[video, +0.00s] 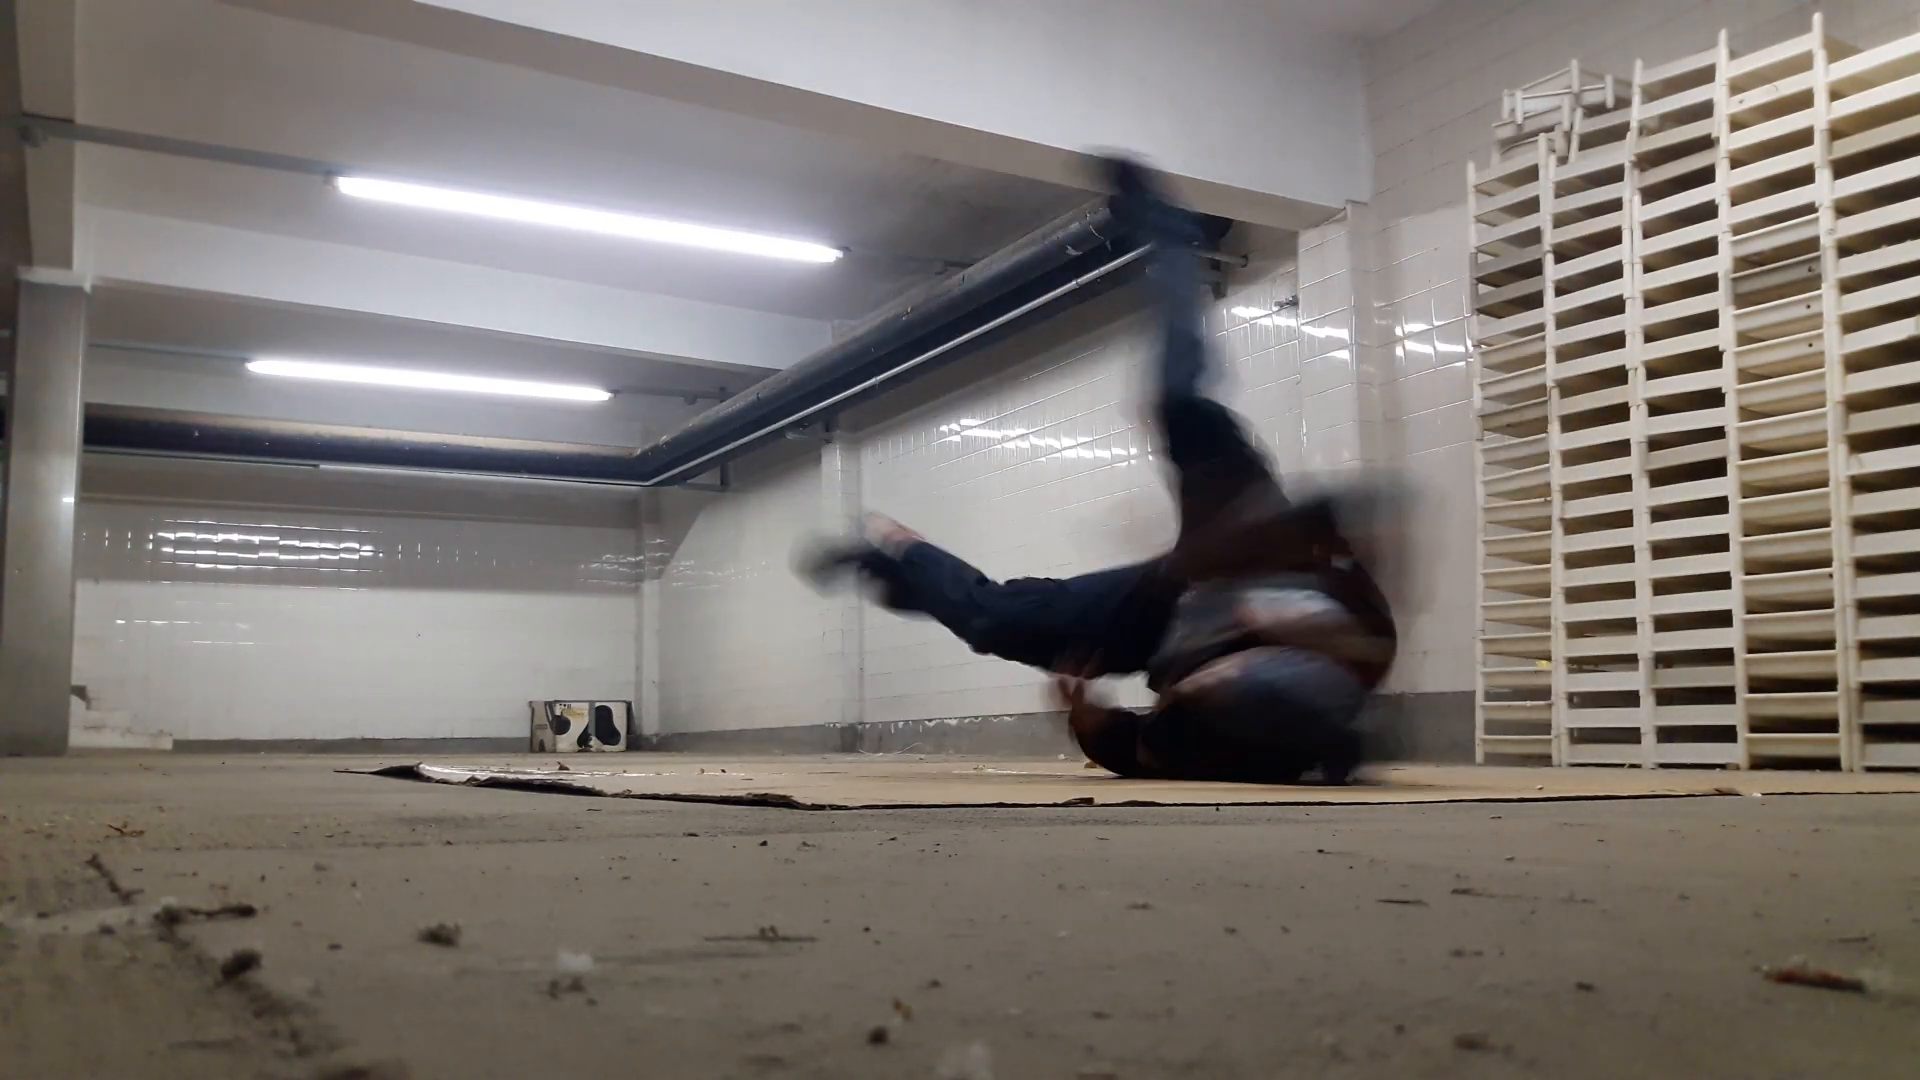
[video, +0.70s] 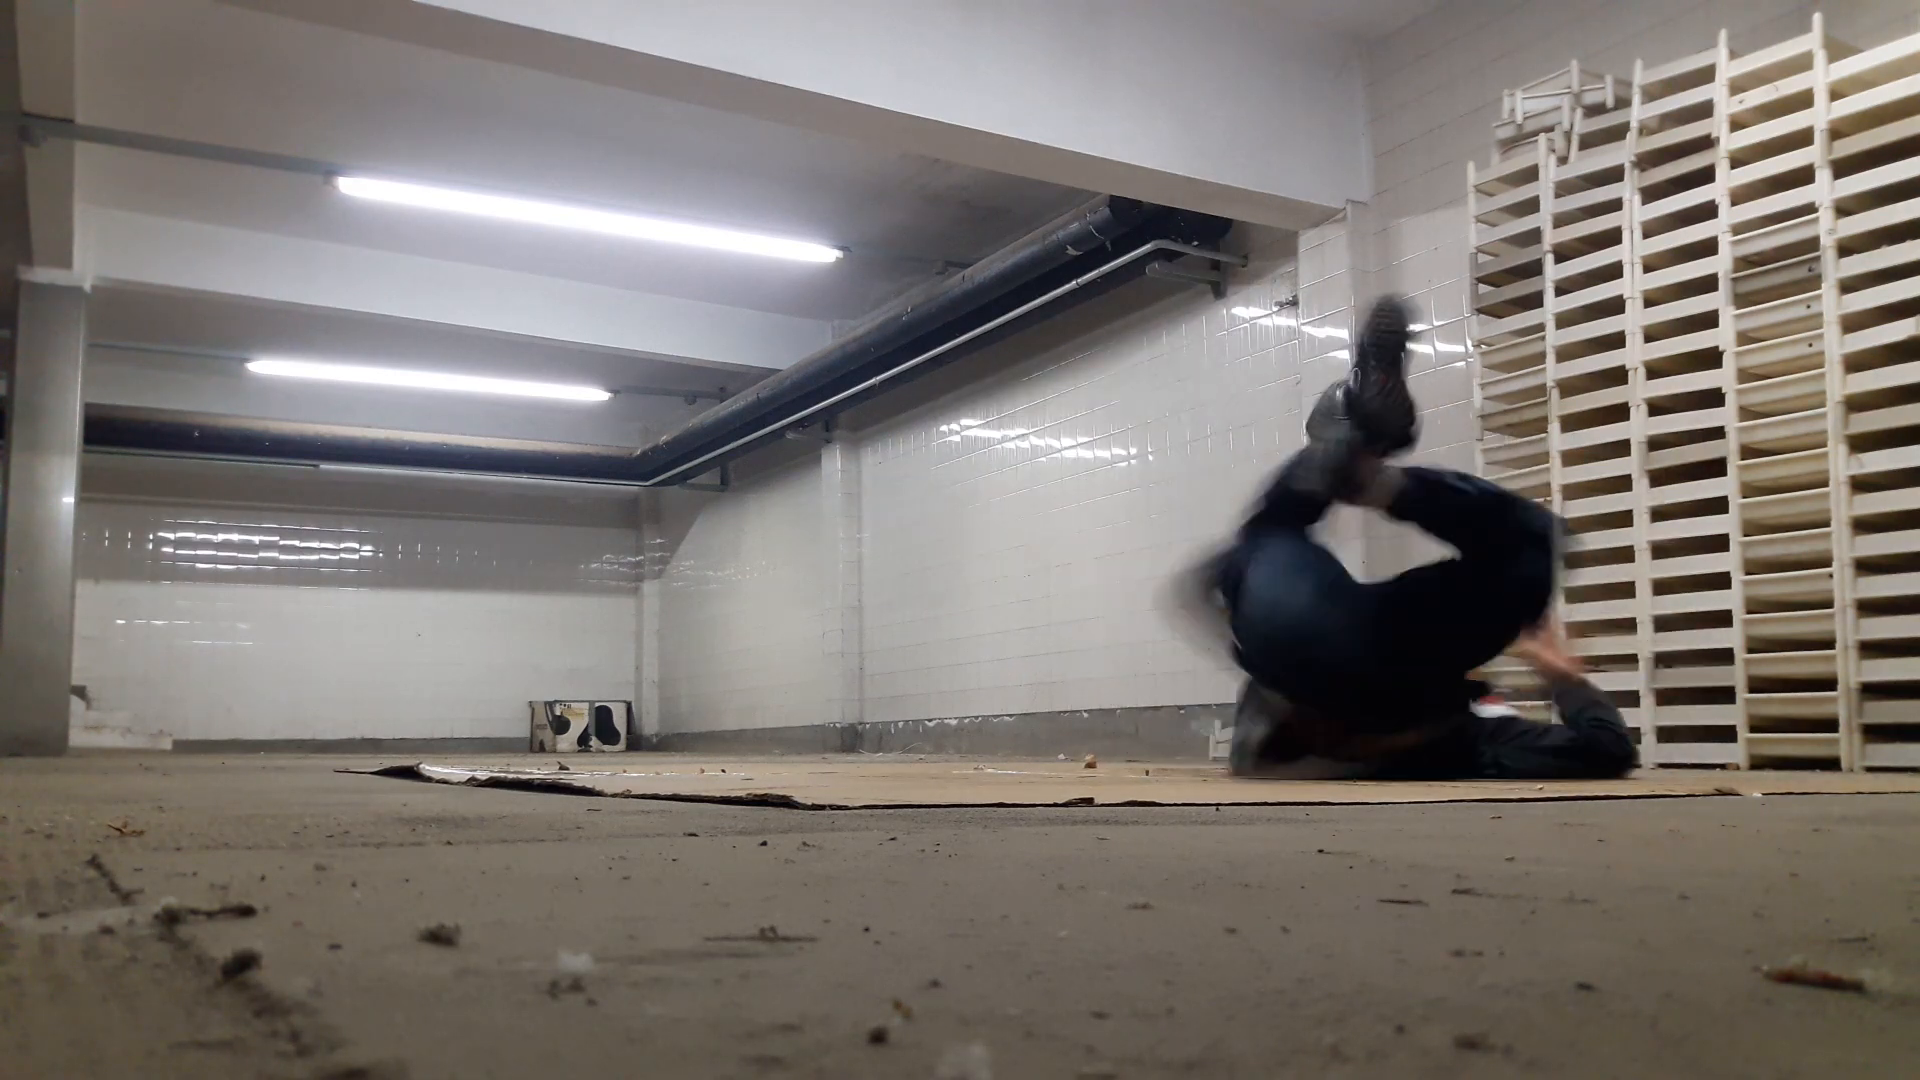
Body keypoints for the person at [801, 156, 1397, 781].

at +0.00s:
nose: (1220, 674)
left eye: (1222, 690)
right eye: (1242, 672)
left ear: (1223, 709)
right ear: (1275, 661)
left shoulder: (1208, 738)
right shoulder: (1351, 660)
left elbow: (1128, 751)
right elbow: (1367, 619)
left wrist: (1081, 717)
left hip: (1167, 614)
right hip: (1254, 557)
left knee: (998, 621)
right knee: (1182, 404)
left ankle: (893, 559)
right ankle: (1165, 224)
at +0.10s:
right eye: (1452, 651)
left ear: (1436, 719)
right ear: (1465, 658)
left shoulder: (1323, 730)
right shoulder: (1492, 649)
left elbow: (1130, 750)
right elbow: (1585, 585)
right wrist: (1666, 497)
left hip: (1170, 685)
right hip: (1254, 630)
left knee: (1094, 594)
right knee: (1314, 468)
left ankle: (954, 470)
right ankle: (1232, 326)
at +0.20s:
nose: (1521, 659)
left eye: (1533, 678)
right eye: (1534, 658)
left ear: (1520, 725)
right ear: (1517, 658)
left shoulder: (1427, 745)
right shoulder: (1439, 682)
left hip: (1153, 669)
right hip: (1196, 641)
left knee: (1286, 480)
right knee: (1296, 480)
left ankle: (1096, 360)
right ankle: (1171, 379)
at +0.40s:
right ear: (1529, 762)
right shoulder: (1467, 723)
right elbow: (1373, 745)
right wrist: (1259, 751)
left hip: (1330, 421)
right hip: (1311, 475)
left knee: (1186, 519)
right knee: (1133, 604)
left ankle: (1087, 411)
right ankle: (994, 427)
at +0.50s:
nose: (1523, 702)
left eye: (1525, 726)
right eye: (1551, 702)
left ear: (1500, 739)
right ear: (1561, 675)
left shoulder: (1413, 715)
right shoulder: (1524, 613)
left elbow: (1365, 766)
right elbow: (1666, 645)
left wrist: (1452, 732)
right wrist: (1674, 690)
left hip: (1237, 478)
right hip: (1332, 440)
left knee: (1143, 627)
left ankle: (1151, 421)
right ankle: (1146, 412)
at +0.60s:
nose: (1561, 705)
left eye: (1560, 718)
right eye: (1562, 704)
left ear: (1518, 737)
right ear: (1536, 690)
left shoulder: (1449, 746)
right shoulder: (1485, 648)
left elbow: (1531, 757)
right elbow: (1516, 554)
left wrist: (1577, 737)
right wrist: (1605, 590)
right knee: (1461, 434)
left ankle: (1274, 451)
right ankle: (1294, 376)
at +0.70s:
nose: (1500, 688)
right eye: (1492, 688)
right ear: (1476, 694)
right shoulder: (1466, 741)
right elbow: (1608, 752)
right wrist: (1563, 675)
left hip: (1295, 662)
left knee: (1265, 549)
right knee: (1529, 549)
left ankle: (1345, 445)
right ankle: (1367, 477)